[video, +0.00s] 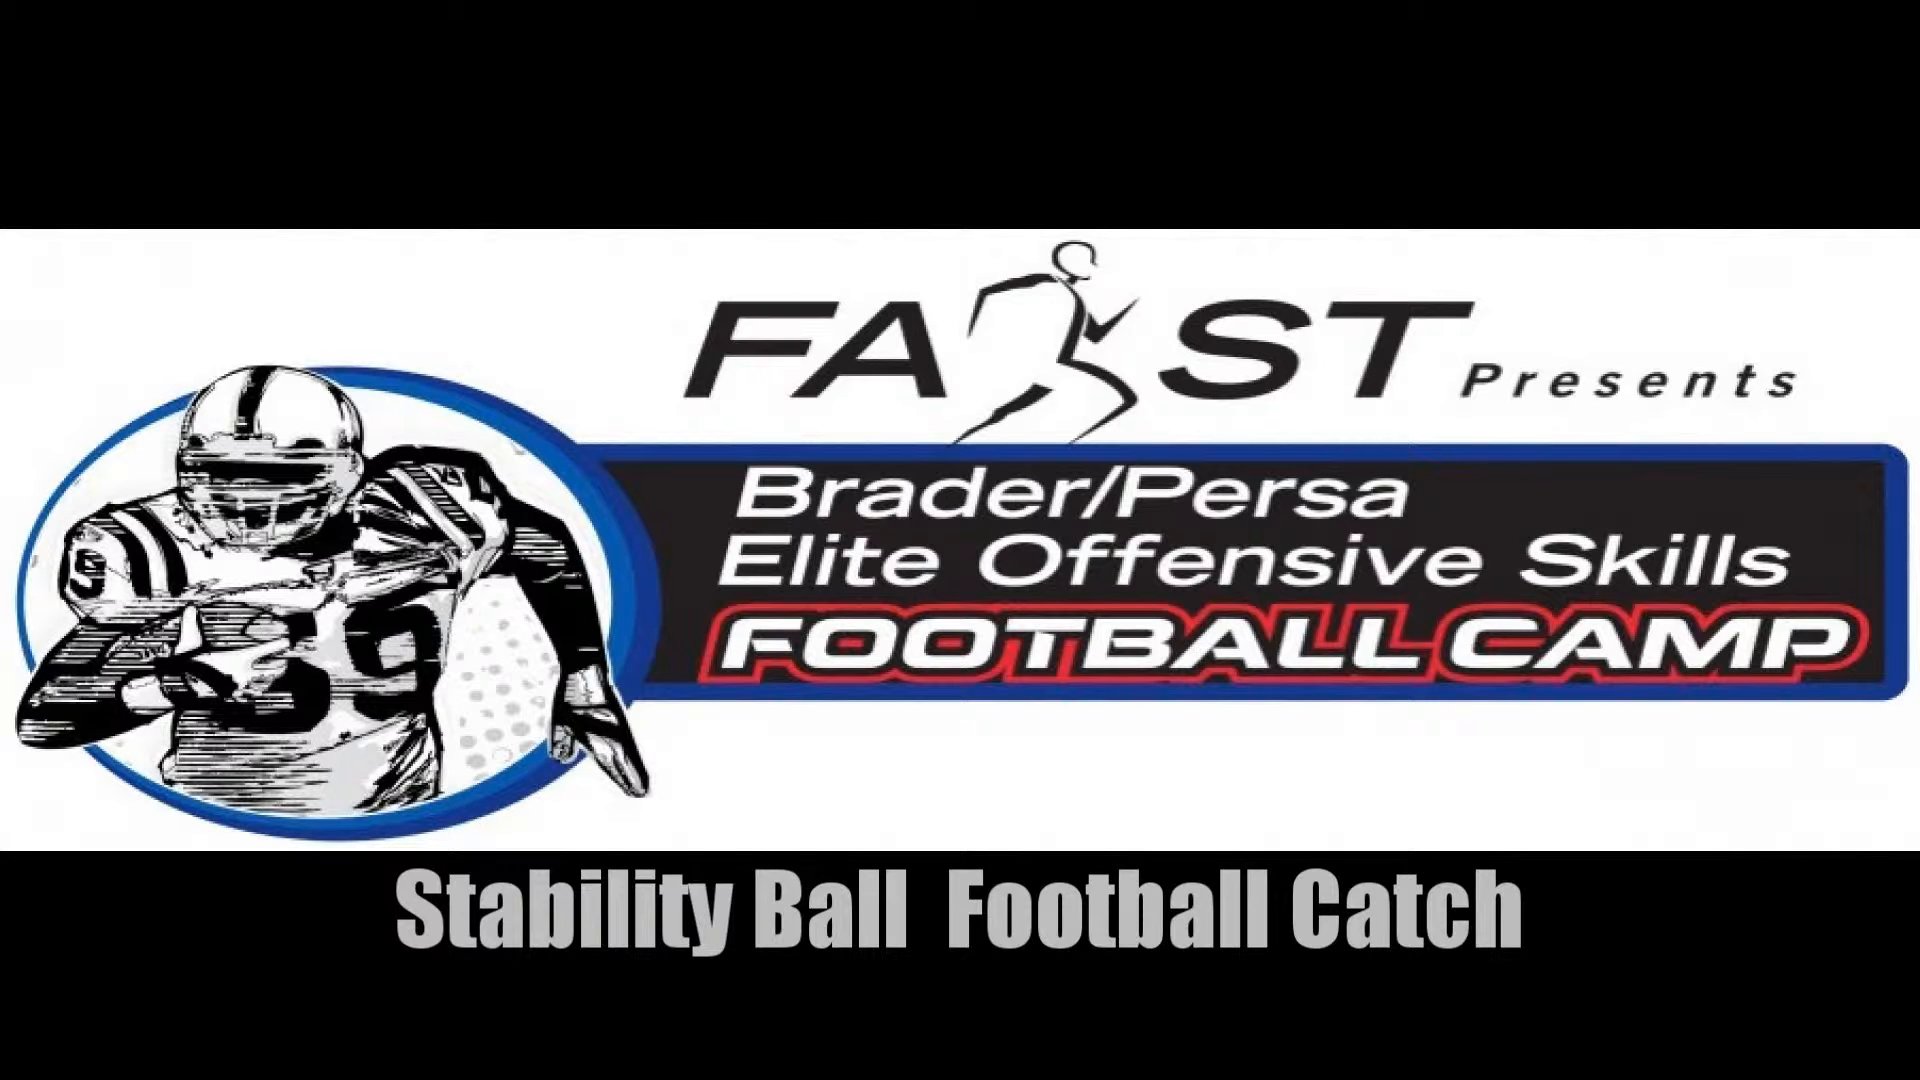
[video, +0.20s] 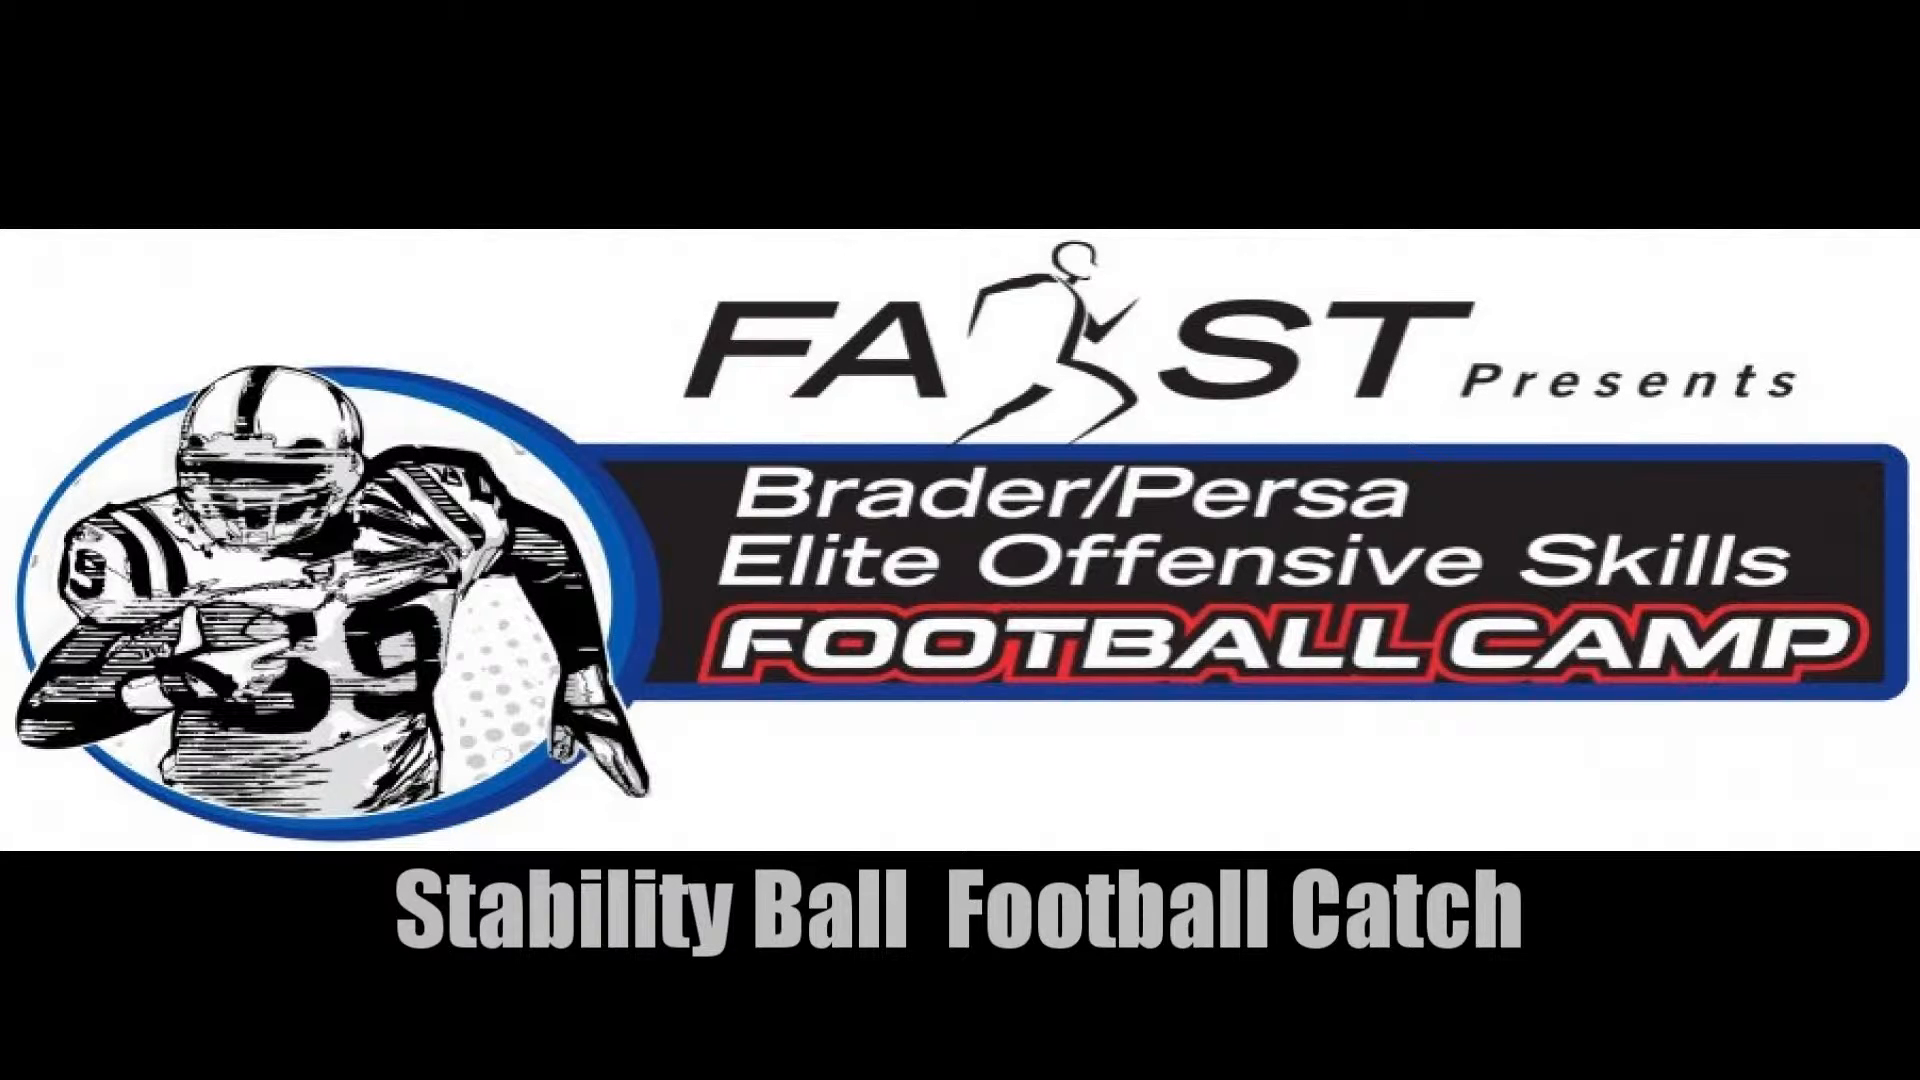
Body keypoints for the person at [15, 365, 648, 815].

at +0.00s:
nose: (252, 515)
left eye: (280, 494)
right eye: (229, 492)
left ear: (336, 480)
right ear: (194, 479)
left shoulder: (425, 508)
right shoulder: (142, 549)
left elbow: (546, 548)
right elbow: (43, 716)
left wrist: (585, 671)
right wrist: (175, 683)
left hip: (386, 814)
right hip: (218, 816)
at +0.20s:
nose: (252, 515)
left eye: (280, 494)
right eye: (229, 492)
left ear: (336, 480)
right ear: (194, 479)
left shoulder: (425, 508)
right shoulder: (142, 549)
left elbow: (546, 548)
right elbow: (43, 716)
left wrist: (585, 671)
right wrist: (175, 683)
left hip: (386, 814)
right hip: (218, 816)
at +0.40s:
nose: (252, 515)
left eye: (280, 493)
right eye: (229, 492)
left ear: (336, 480)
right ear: (194, 479)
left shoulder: (426, 508)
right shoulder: (142, 549)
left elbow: (546, 548)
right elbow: (43, 716)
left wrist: (585, 671)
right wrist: (175, 683)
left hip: (387, 812)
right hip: (218, 815)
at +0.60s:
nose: (252, 515)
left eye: (280, 493)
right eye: (229, 492)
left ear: (336, 480)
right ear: (194, 479)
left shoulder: (426, 508)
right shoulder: (142, 549)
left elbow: (546, 548)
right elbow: (43, 716)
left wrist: (585, 671)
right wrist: (175, 683)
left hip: (387, 812)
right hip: (218, 815)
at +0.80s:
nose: (253, 514)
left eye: (281, 492)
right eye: (230, 491)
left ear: (337, 479)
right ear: (194, 478)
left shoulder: (425, 507)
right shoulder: (140, 549)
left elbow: (545, 547)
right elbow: (43, 716)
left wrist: (585, 672)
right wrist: (173, 684)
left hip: (388, 811)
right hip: (219, 815)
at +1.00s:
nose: (251, 512)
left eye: (279, 490)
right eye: (228, 489)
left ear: (336, 478)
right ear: (192, 478)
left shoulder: (422, 506)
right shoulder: (139, 548)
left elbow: (544, 546)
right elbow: (40, 715)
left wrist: (584, 671)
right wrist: (170, 682)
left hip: (386, 811)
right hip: (217, 815)